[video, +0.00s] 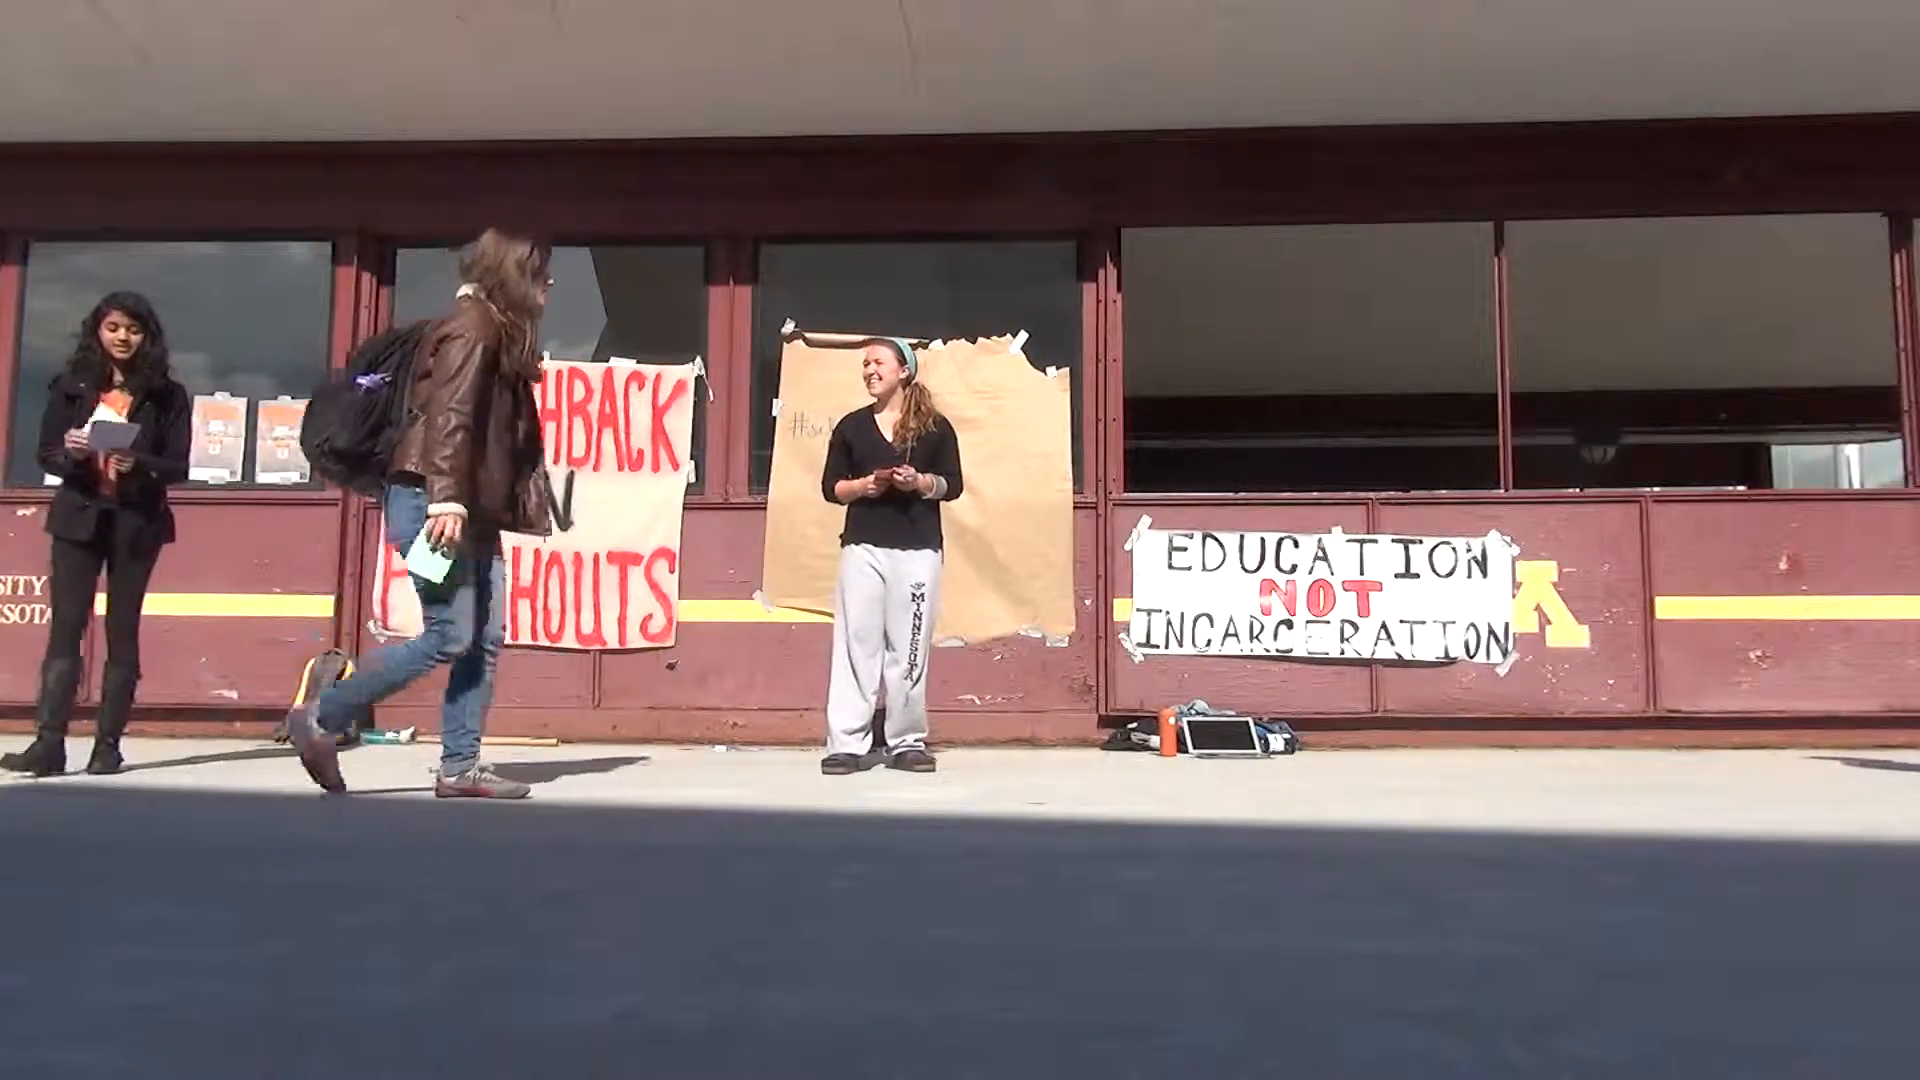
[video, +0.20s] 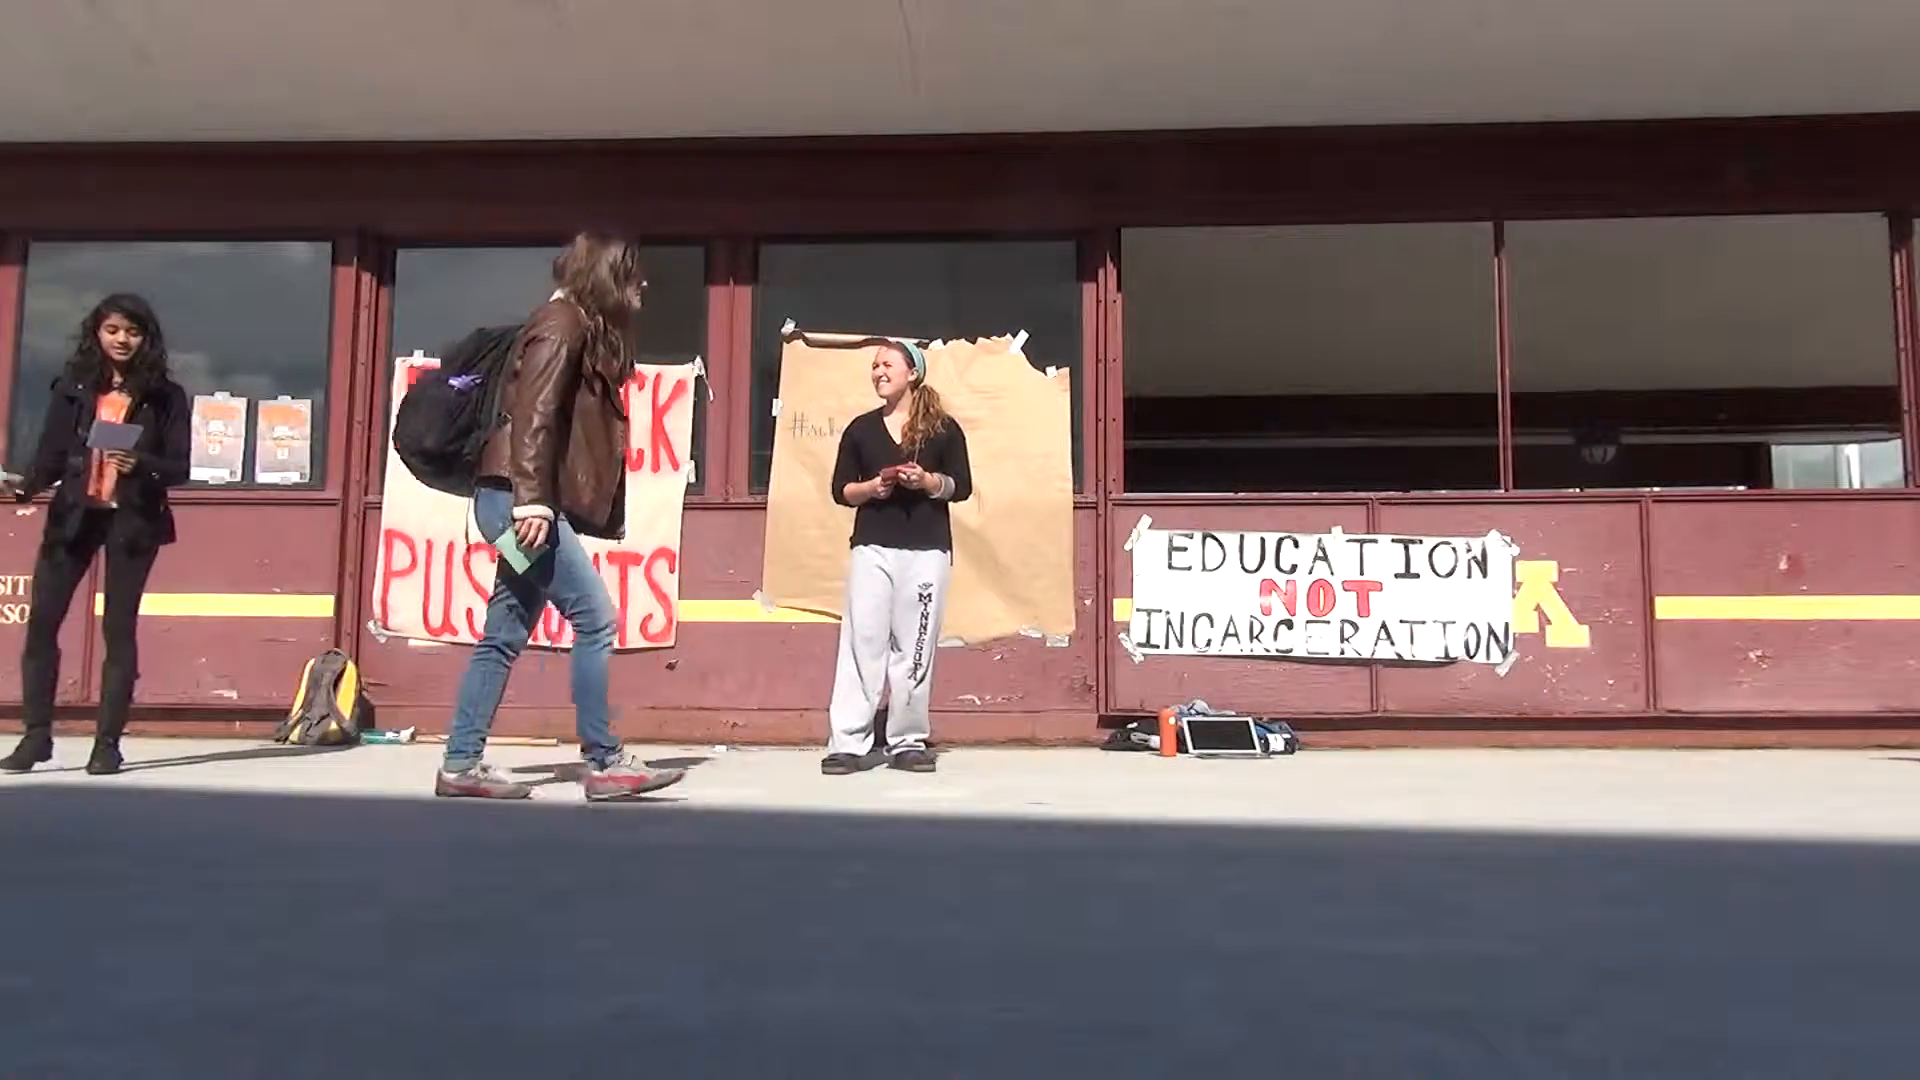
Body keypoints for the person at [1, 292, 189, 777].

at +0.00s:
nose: (122, 337)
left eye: (132, 329)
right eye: (113, 327)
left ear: (147, 335)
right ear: (96, 332)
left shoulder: (168, 393)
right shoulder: (72, 384)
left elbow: (178, 467)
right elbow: (47, 454)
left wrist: (137, 461)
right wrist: (70, 451)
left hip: (135, 520)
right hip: (77, 514)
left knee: (121, 628)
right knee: (66, 625)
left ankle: (107, 743)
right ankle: (49, 741)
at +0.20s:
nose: (121, 339)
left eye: (131, 331)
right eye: (112, 329)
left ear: (146, 338)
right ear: (96, 334)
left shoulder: (167, 394)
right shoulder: (74, 383)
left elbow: (178, 469)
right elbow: (51, 451)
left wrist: (139, 461)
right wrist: (31, 484)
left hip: (132, 520)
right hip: (75, 514)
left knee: (118, 626)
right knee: (41, 620)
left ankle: (107, 742)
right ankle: (37, 733)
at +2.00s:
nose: (145, 368)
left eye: (152, 362)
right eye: (136, 359)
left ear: (158, 370)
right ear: (112, 361)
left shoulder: (168, 416)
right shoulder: (82, 413)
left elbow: (187, 483)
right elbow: (64, 482)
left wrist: (177, 484)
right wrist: (103, 481)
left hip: (151, 532)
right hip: (99, 530)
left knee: (138, 629)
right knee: (76, 628)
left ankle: (128, 737)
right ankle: (41, 738)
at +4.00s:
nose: (102, 358)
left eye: (110, 352)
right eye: (94, 348)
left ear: (116, 358)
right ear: (66, 348)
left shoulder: (119, 404)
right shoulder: (33, 399)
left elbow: (132, 476)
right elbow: (16, 463)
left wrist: (130, 470)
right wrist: (75, 437)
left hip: (102, 527)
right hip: (48, 525)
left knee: (105, 634)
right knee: (52, 630)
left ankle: (95, 731)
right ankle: (46, 737)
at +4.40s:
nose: (106, 359)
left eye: (113, 352)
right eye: (97, 349)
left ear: (120, 358)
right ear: (70, 349)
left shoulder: (121, 407)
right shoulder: (36, 400)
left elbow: (128, 484)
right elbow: (18, 465)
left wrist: (129, 473)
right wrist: (81, 448)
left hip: (101, 529)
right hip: (48, 527)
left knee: (102, 637)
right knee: (50, 631)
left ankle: (87, 734)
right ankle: (46, 739)